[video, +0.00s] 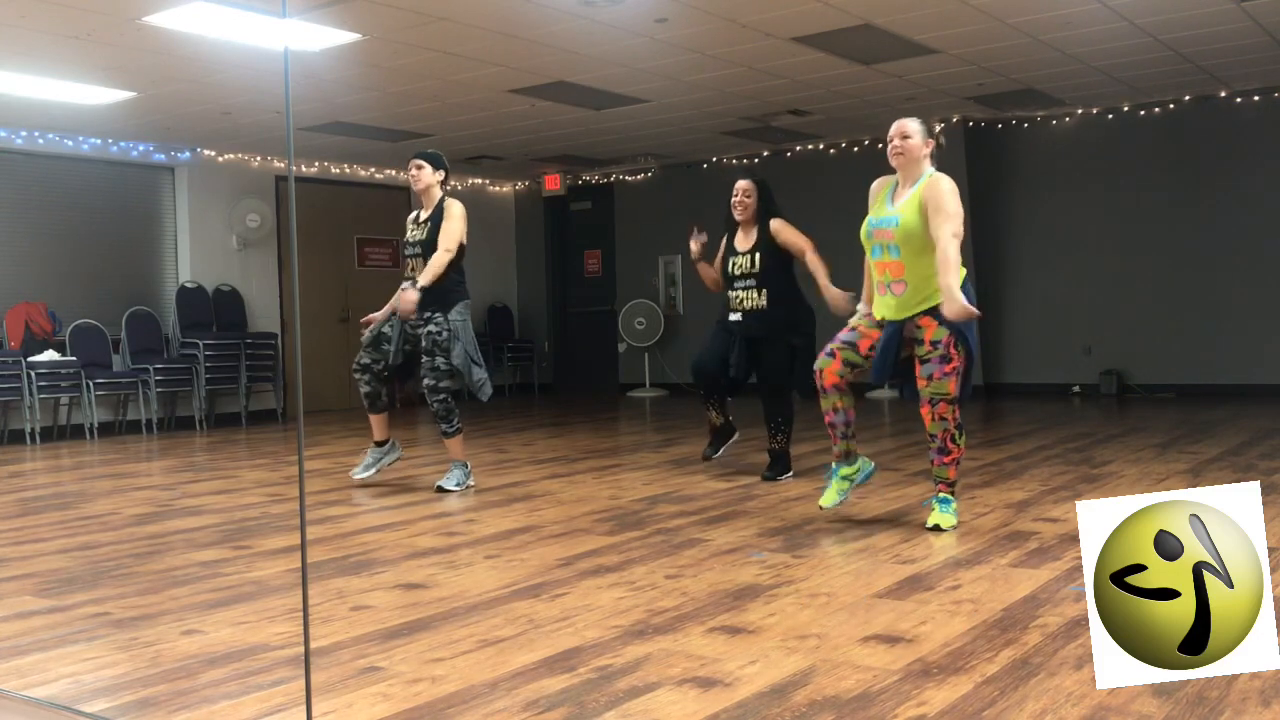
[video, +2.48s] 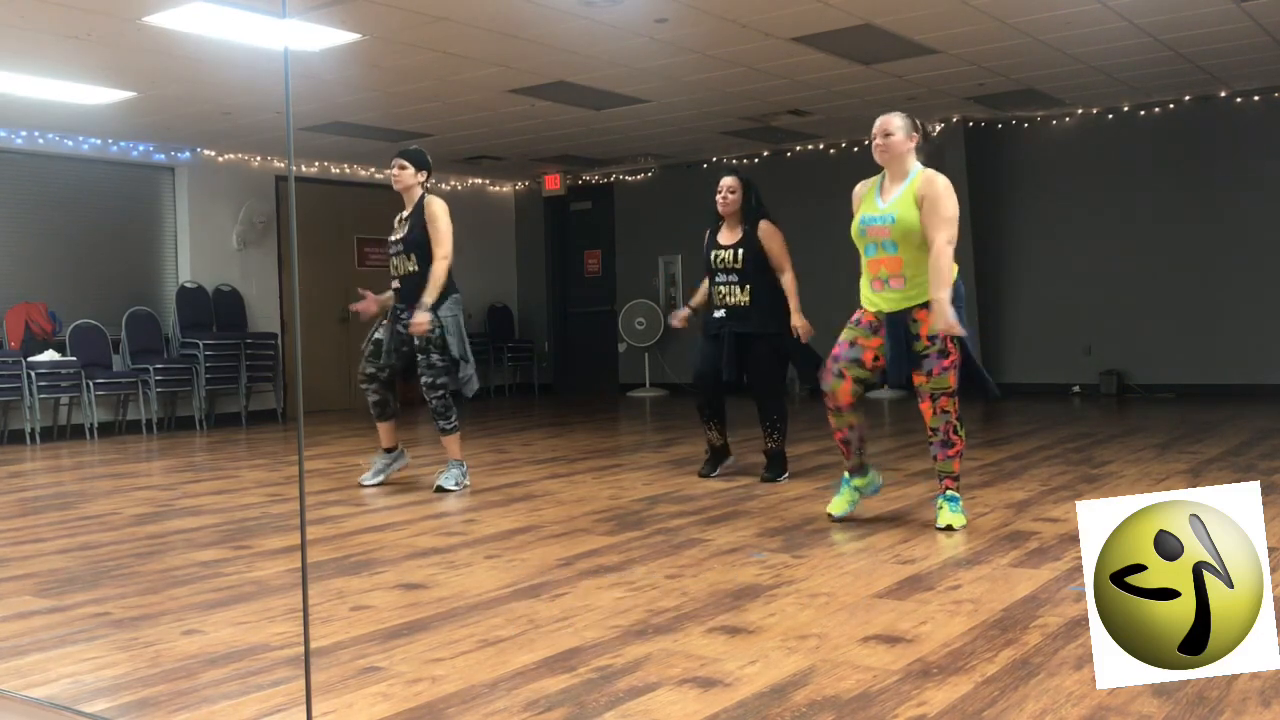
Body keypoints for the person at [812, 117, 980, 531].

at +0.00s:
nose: (894, 143)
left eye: (904, 136)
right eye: (889, 139)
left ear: (928, 146)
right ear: (887, 150)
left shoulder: (939, 187)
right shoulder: (880, 188)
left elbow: (948, 239)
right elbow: (873, 250)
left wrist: (950, 294)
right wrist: (866, 304)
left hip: (933, 314)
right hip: (883, 315)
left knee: (938, 405)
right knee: (829, 368)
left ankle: (944, 496)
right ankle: (848, 463)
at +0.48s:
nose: (862, 153)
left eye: (869, 146)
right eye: (854, 148)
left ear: (887, 155)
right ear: (845, 160)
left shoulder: (917, 194)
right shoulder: (831, 207)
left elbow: (949, 249)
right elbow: (809, 267)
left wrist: (962, 302)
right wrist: (783, 268)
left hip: (915, 316)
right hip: (852, 323)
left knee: (939, 377)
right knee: (848, 407)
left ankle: (940, 473)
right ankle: (861, 492)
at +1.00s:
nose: (882, 149)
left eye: (891, 141)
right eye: (877, 145)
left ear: (914, 149)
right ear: (873, 156)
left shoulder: (932, 192)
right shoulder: (862, 195)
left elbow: (949, 236)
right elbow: (861, 253)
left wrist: (942, 287)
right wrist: (863, 304)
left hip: (931, 314)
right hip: (876, 317)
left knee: (941, 404)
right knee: (826, 376)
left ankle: (947, 494)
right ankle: (852, 462)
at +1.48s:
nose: (853, 148)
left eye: (861, 141)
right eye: (845, 144)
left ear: (877, 150)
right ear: (836, 156)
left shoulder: (906, 191)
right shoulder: (822, 206)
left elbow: (940, 247)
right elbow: (807, 267)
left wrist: (961, 298)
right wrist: (780, 263)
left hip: (911, 313)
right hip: (849, 321)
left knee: (939, 376)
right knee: (854, 406)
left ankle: (934, 481)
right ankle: (866, 492)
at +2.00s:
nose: (857, 144)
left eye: (866, 137)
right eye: (851, 140)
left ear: (885, 147)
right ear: (843, 153)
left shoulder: (912, 189)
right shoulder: (829, 199)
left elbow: (955, 238)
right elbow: (783, 235)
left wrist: (955, 291)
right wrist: (747, 256)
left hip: (909, 313)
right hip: (850, 320)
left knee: (943, 382)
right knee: (860, 406)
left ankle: (948, 481)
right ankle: (867, 491)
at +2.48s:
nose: (878, 140)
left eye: (887, 133)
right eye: (874, 136)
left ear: (913, 140)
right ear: (871, 147)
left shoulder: (933, 185)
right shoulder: (863, 192)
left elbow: (942, 245)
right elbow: (871, 254)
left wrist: (941, 303)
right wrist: (871, 306)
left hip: (928, 308)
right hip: (876, 311)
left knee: (937, 399)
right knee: (835, 381)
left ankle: (949, 495)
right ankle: (859, 475)